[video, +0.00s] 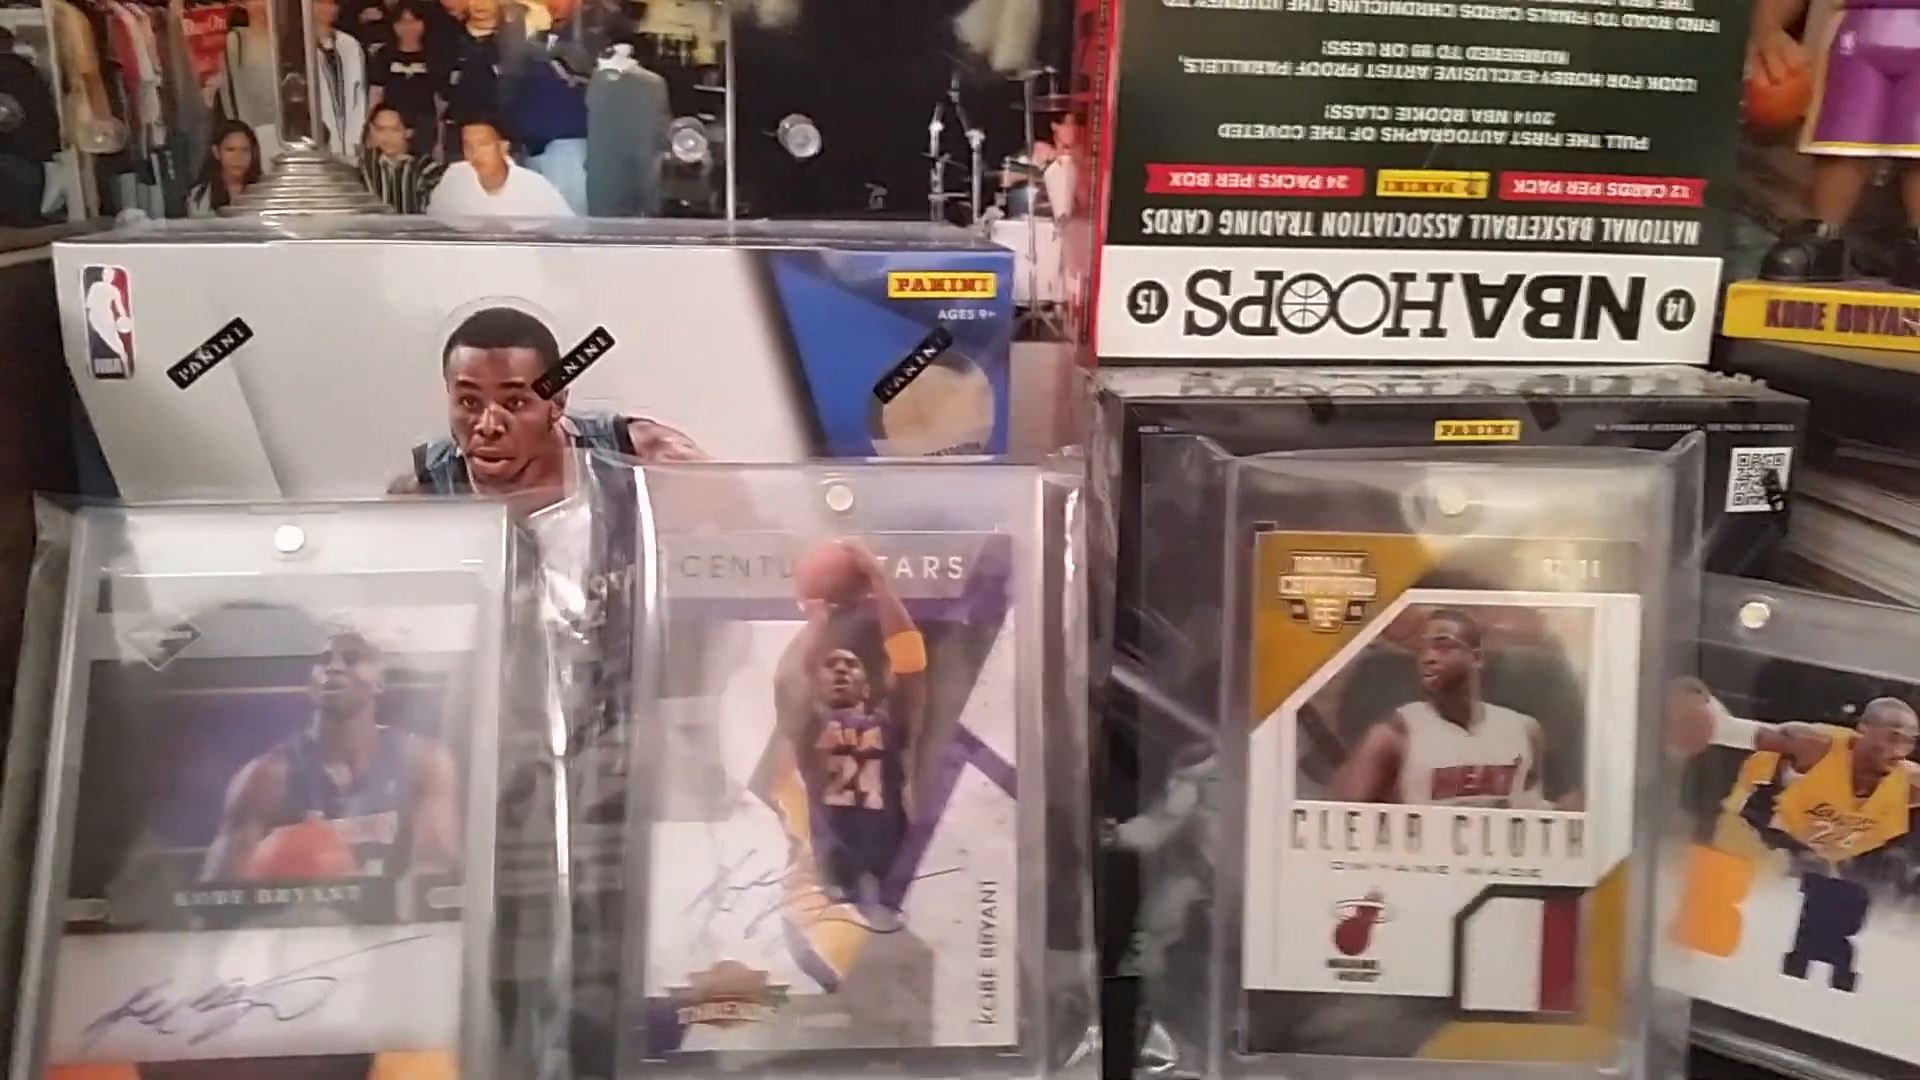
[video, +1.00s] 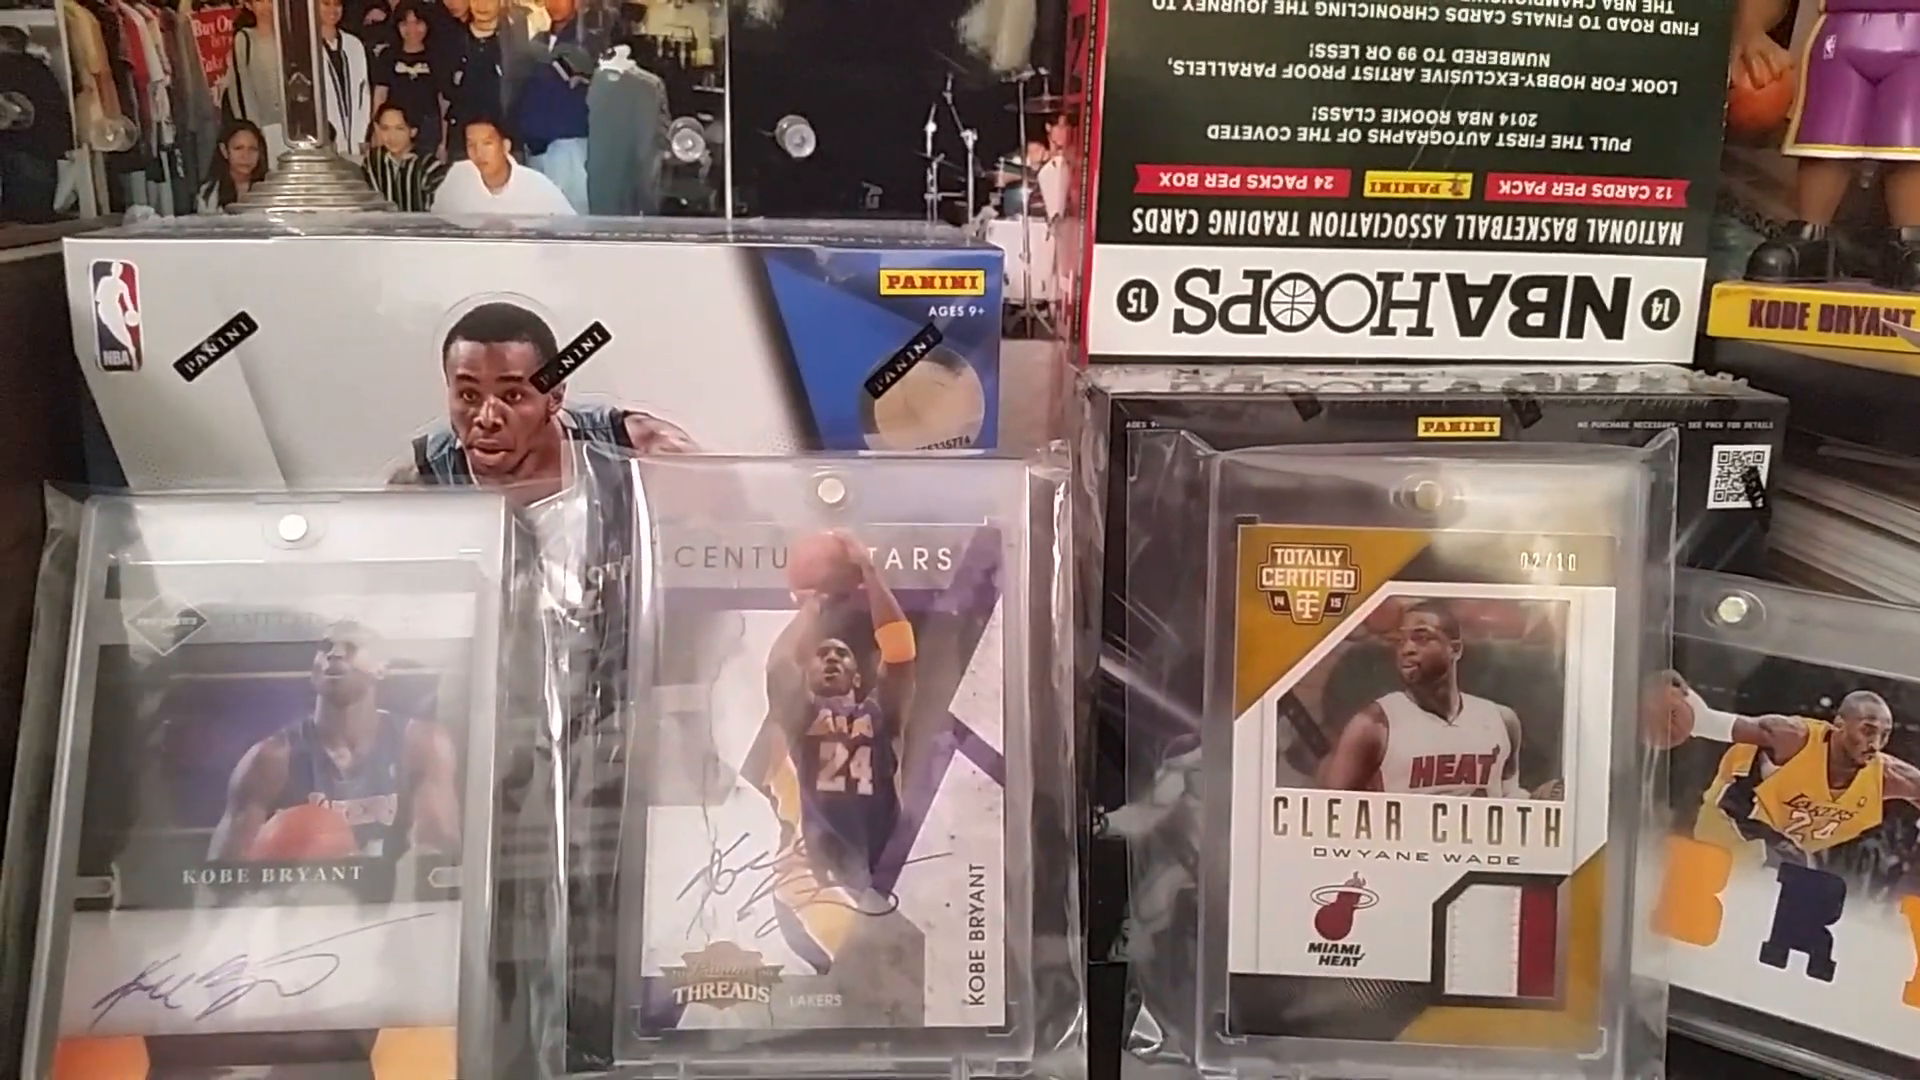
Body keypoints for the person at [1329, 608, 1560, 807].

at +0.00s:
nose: (1426, 657)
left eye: (1442, 646)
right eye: (1422, 648)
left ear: (1477, 658)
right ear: (1417, 656)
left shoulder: (1525, 732)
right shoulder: (1392, 735)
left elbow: (1533, 818)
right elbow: (1342, 820)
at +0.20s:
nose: (1407, 655)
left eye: (1423, 644)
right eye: (1402, 646)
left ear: (1457, 656)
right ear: (1395, 653)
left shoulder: (1504, 731)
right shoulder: (1372, 735)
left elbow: (1511, 811)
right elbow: (1325, 825)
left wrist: (1538, 809)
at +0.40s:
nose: (1378, 653)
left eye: (1394, 642)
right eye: (1373, 644)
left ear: (1428, 653)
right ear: (1367, 653)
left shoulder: (1475, 727)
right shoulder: (1343, 732)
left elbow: (1481, 812)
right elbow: (1298, 822)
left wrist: (1509, 807)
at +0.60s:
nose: (1389, 651)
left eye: (1405, 640)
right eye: (1383, 642)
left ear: (1439, 650)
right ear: (1378, 650)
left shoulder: (1486, 725)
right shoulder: (1354, 729)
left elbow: (1492, 806)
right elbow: (1309, 819)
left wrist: (1519, 803)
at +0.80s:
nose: (1393, 651)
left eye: (1409, 639)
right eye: (1387, 642)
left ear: (1443, 651)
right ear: (1382, 651)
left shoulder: (1489, 725)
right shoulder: (1359, 729)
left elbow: (1496, 805)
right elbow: (1313, 819)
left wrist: (1524, 804)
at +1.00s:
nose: (1406, 649)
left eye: (1422, 637)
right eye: (1401, 640)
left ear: (1456, 649)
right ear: (1394, 648)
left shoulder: (1503, 723)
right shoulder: (1372, 726)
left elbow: (1508, 800)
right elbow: (1326, 816)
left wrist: (1537, 802)